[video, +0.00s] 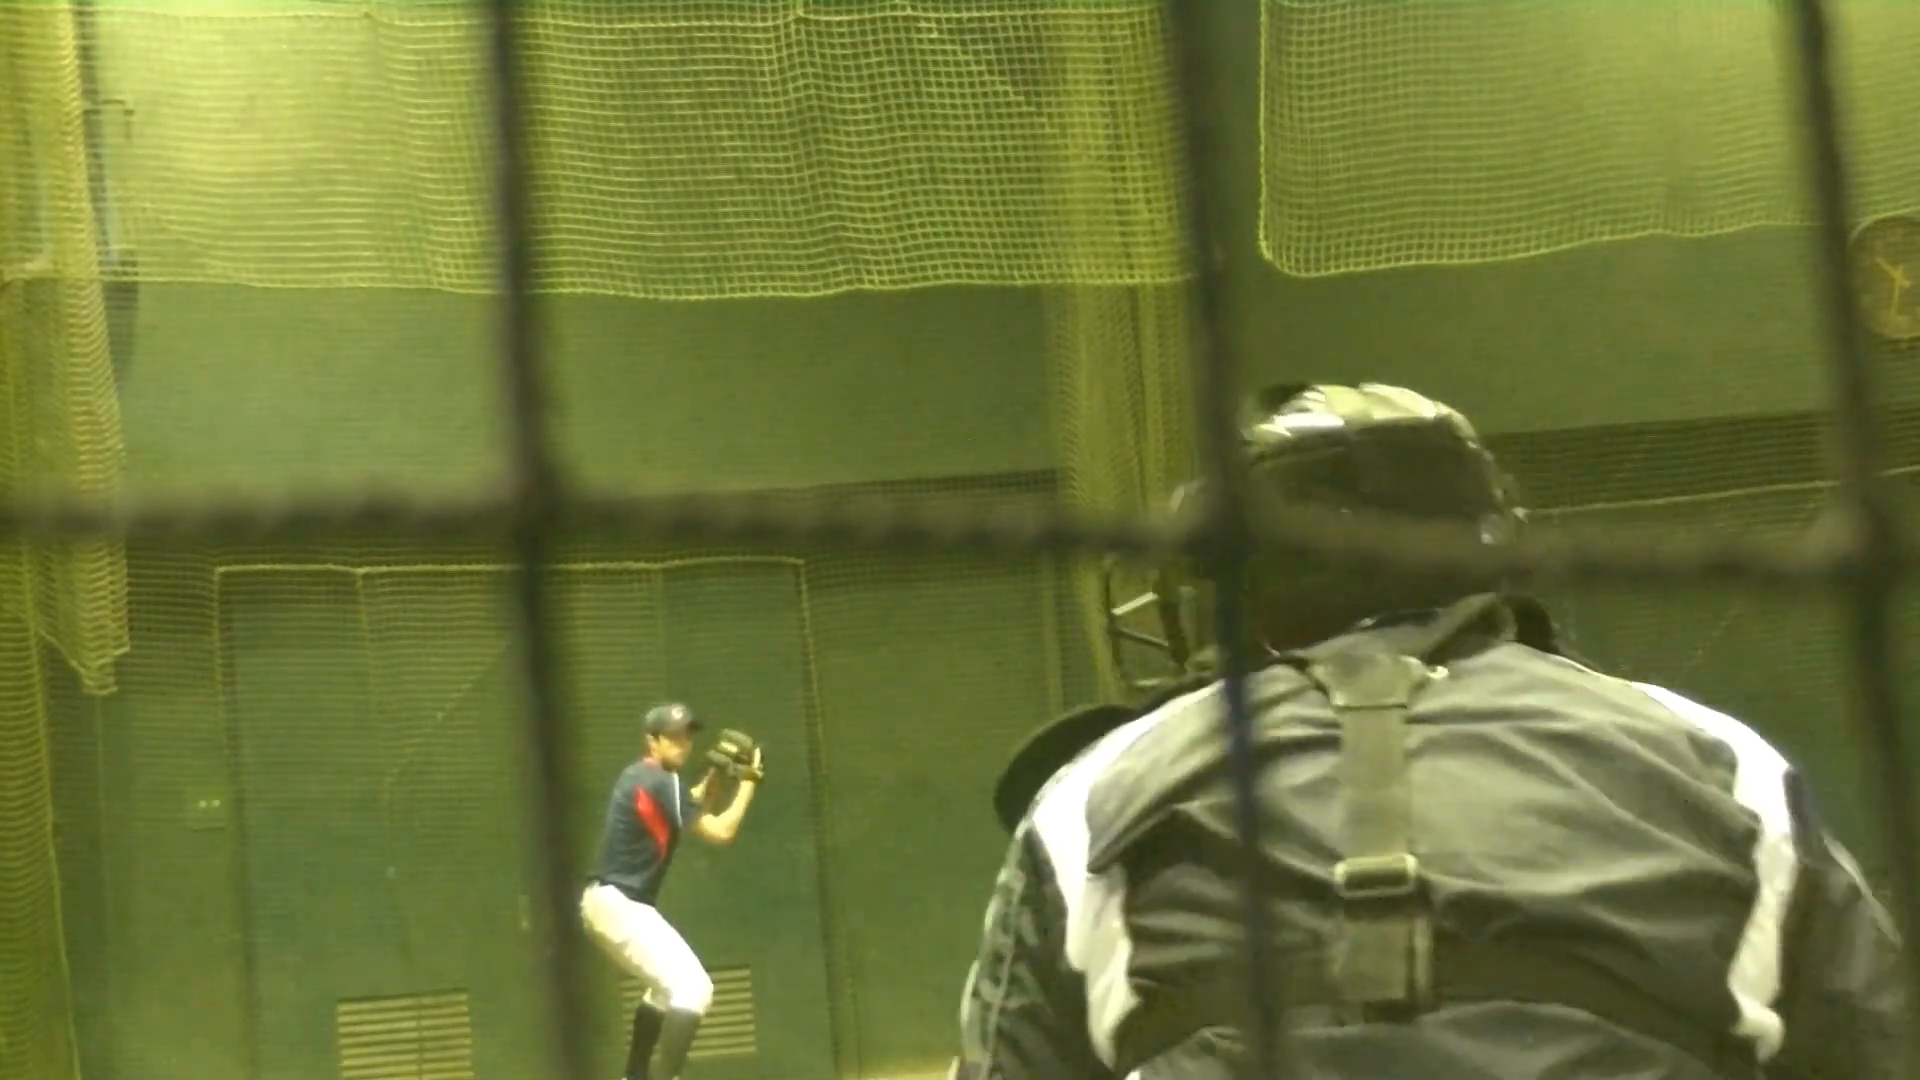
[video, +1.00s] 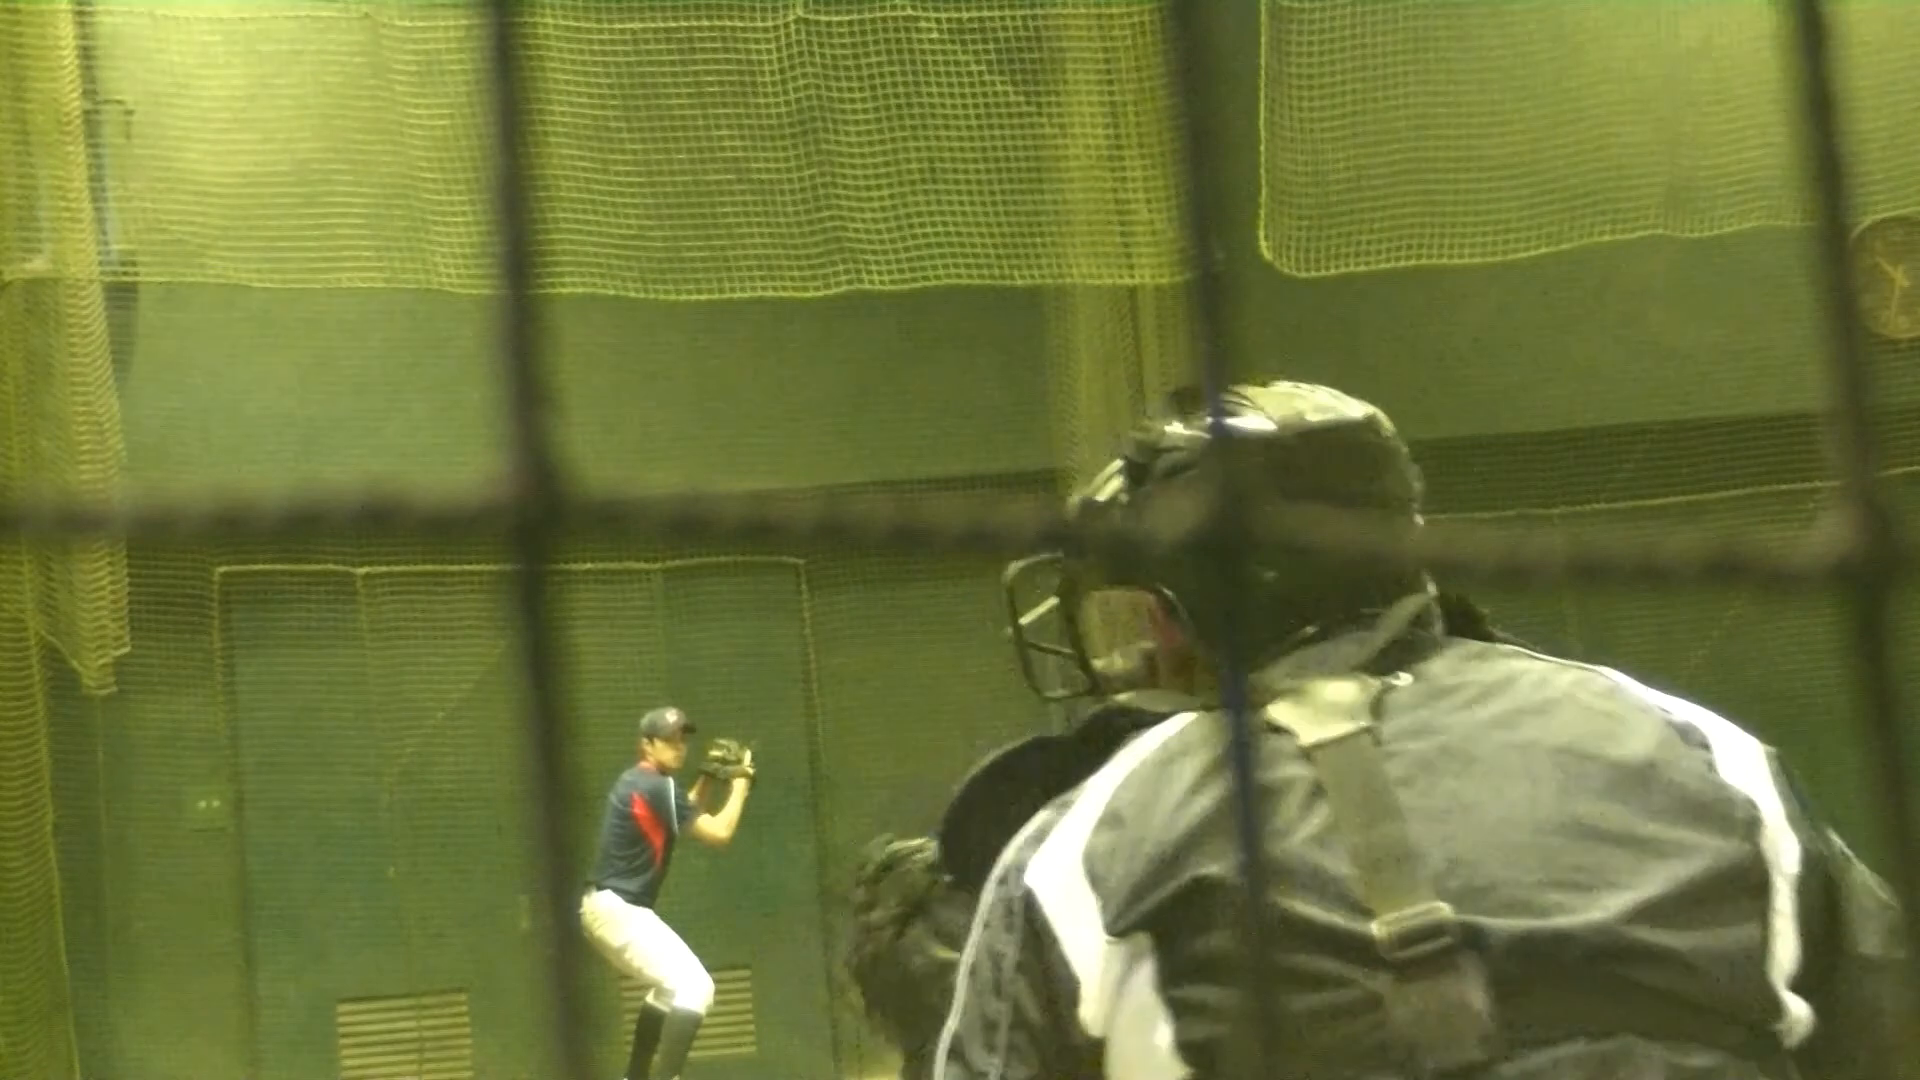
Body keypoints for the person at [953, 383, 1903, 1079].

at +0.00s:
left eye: (1221, 576)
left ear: (1245, 595)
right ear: (1494, 577)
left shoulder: (1087, 799)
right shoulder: (1718, 760)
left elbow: (1009, 1066)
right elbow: (1875, 1041)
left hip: (1215, 1045)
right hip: (1595, 1036)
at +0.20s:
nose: (1124, 602)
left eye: (1129, 574)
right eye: (1128, 569)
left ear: (1156, 586)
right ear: (1391, 543)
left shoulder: (998, 785)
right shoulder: (1626, 704)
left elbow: (936, 1069)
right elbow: (1826, 1059)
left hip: (1132, 1043)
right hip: (1502, 1029)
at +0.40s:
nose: (1007, 606)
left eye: (1003, 579)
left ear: (1041, 596)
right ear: (1282, 519)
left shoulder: (907, 816)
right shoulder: (1519, 664)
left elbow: (886, 1065)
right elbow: (1745, 1008)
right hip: (1467, 1045)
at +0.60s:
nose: (1000, 604)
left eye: (996, 575)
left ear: (1034, 592)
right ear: (1280, 513)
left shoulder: (898, 819)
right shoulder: (1514, 675)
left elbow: (876, 1069)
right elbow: (1757, 1034)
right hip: (1451, 1047)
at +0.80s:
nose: (1042, 625)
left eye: (1042, 593)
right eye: (1030, 589)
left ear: (1087, 611)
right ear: (1322, 550)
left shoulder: (965, 848)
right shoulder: (1592, 724)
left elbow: (910, 1068)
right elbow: (1803, 1055)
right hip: (1529, 1042)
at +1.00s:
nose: (1123, 648)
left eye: (1129, 607)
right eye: (1113, 605)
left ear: (1181, 626)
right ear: (1399, 577)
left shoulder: (1062, 872)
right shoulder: (1708, 760)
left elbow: (985, 1067)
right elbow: (1890, 1023)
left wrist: (925, 1000)